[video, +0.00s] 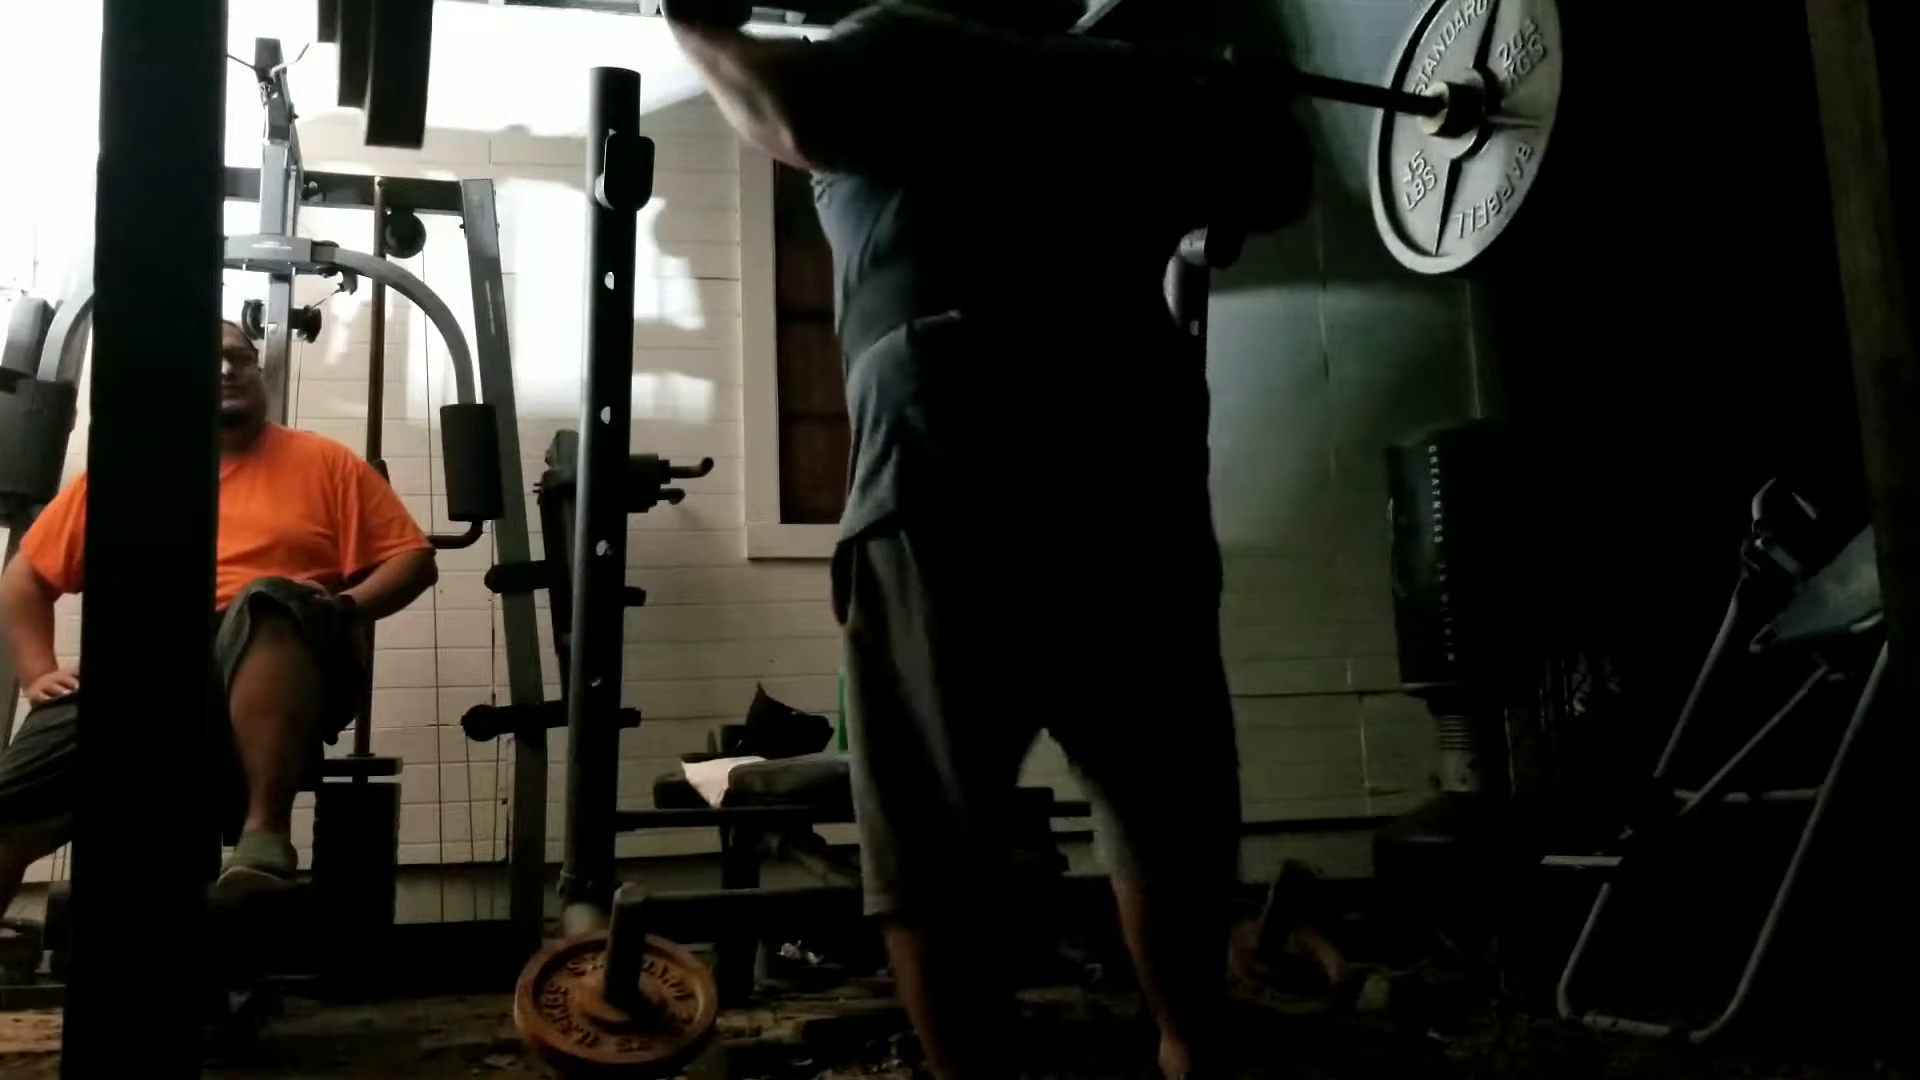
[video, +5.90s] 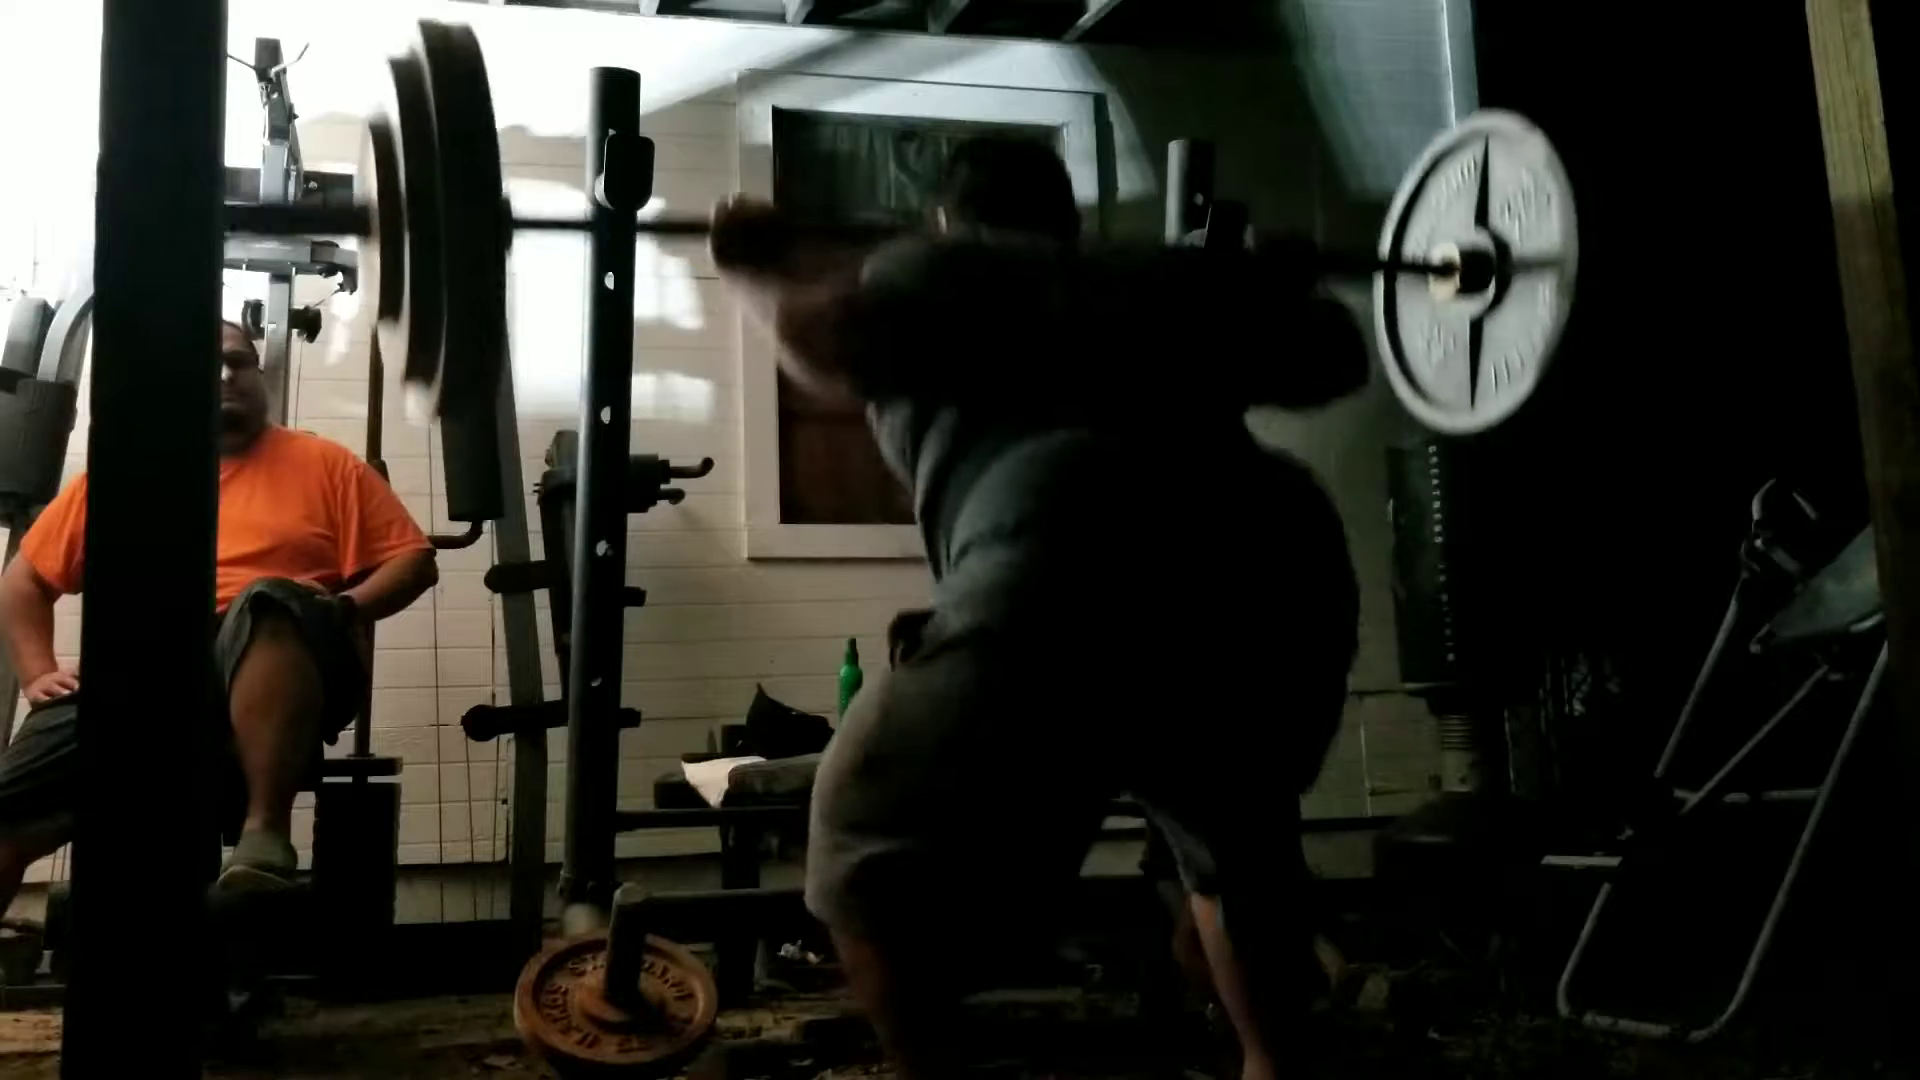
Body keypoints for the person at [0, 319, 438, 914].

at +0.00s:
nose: (228, 370)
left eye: (240, 358)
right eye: (211, 360)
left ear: (263, 374)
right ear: (185, 378)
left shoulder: (325, 463)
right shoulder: (133, 466)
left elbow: (414, 558)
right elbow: (24, 575)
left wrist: (347, 603)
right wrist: (37, 670)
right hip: (144, 666)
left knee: (272, 603)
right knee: (13, 805)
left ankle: (265, 830)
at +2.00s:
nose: (225, 374)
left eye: (238, 361)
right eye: (209, 362)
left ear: (263, 377)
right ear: (184, 379)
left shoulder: (325, 464)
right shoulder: (130, 468)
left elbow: (413, 558)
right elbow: (24, 575)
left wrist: (349, 603)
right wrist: (38, 671)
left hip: (283, 667)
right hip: (143, 666)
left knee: (272, 604)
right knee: (10, 817)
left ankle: (264, 830)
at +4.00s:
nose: (224, 377)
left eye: (237, 363)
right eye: (208, 364)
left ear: (262, 377)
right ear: (183, 380)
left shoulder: (324, 464)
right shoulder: (131, 468)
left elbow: (414, 559)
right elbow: (24, 575)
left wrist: (346, 604)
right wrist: (37, 672)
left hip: (285, 669)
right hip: (143, 666)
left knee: (272, 604)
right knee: (10, 810)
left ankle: (265, 829)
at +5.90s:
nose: (225, 376)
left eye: (238, 362)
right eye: (209, 363)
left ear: (264, 377)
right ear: (184, 378)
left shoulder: (324, 464)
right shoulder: (131, 467)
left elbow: (415, 560)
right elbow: (24, 576)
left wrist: (345, 605)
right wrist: (37, 671)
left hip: (286, 671)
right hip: (143, 669)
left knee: (274, 604)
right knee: (7, 815)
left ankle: (265, 829)